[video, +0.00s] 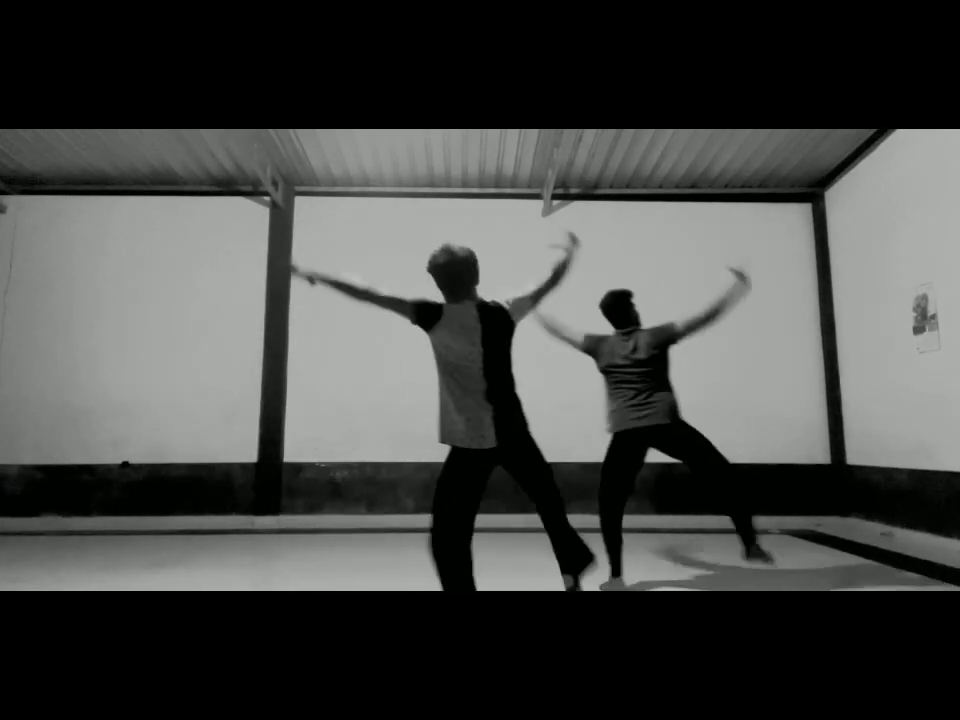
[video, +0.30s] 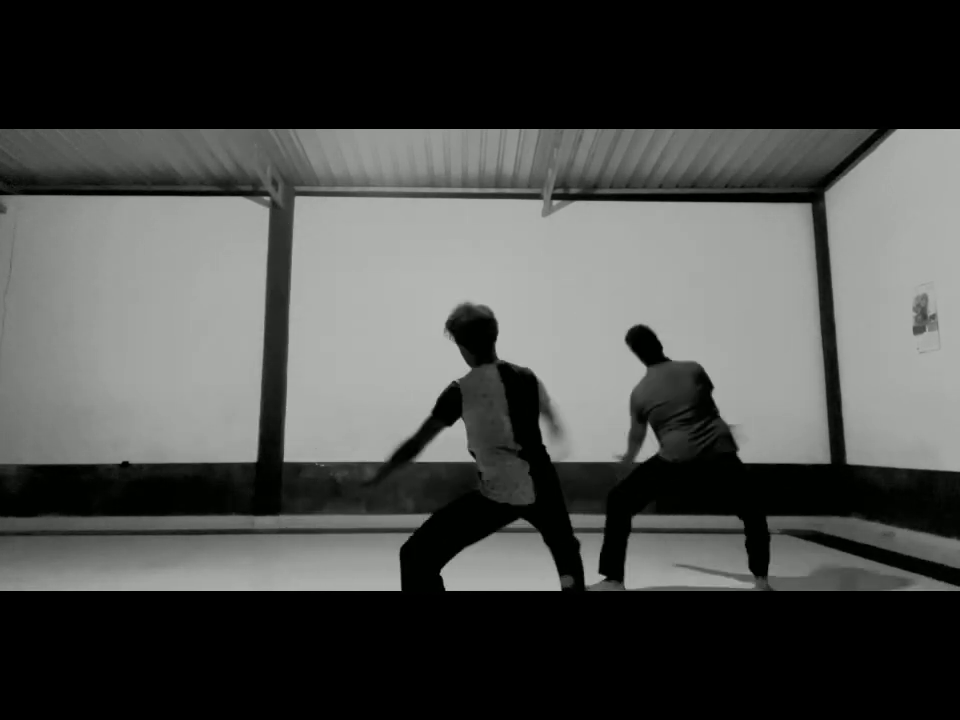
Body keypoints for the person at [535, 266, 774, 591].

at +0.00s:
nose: (637, 310)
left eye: (630, 306)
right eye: (633, 306)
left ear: (609, 319)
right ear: (632, 311)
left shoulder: (600, 346)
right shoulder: (656, 336)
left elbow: (559, 331)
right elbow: (707, 317)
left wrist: (535, 309)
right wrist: (739, 287)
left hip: (626, 434)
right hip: (666, 427)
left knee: (609, 498)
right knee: (721, 472)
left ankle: (615, 574)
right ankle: (751, 546)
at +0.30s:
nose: (644, 352)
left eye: (637, 350)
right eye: (647, 345)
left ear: (637, 355)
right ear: (659, 343)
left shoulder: (641, 392)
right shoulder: (693, 369)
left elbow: (637, 435)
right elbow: (709, 403)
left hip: (675, 461)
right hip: (720, 457)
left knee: (619, 501)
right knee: (753, 509)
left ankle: (613, 578)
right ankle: (761, 577)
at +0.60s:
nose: (643, 324)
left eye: (650, 319)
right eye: (640, 318)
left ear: (659, 324)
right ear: (636, 320)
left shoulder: (661, 348)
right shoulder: (636, 352)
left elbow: (636, 346)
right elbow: (603, 329)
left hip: (673, 439)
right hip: (659, 441)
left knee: (648, 507)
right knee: (670, 510)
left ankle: (669, 578)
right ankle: (730, 534)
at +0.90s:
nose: (646, 321)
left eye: (649, 316)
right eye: (641, 315)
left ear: (649, 320)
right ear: (625, 316)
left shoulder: (648, 354)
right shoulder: (616, 343)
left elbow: (688, 373)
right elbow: (640, 355)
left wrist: (688, 351)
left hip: (622, 433)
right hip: (595, 427)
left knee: (650, 491)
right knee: (590, 494)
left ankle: (627, 562)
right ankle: (572, 568)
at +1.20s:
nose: (624, 344)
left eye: (626, 338)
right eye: (620, 337)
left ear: (614, 339)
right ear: (604, 336)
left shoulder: (601, 363)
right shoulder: (601, 361)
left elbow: (625, 399)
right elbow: (630, 394)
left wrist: (654, 411)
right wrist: (653, 407)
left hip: (577, 443)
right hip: (573, 443)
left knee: (605, 492)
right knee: (599, 496)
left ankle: (601, 559)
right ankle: (586, 578)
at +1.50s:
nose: (598, 341)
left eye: (598, 337)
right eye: (592, 337)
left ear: (600, 339)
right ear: (580, 340)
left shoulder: (603, 360)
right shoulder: (570, 362)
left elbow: (626, 346)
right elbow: (557, 345)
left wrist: (639, 344)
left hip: (579, 440)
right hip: (555, 432)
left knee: (579, 499)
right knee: (582, 464)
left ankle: (541, 557)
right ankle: (565, 541)